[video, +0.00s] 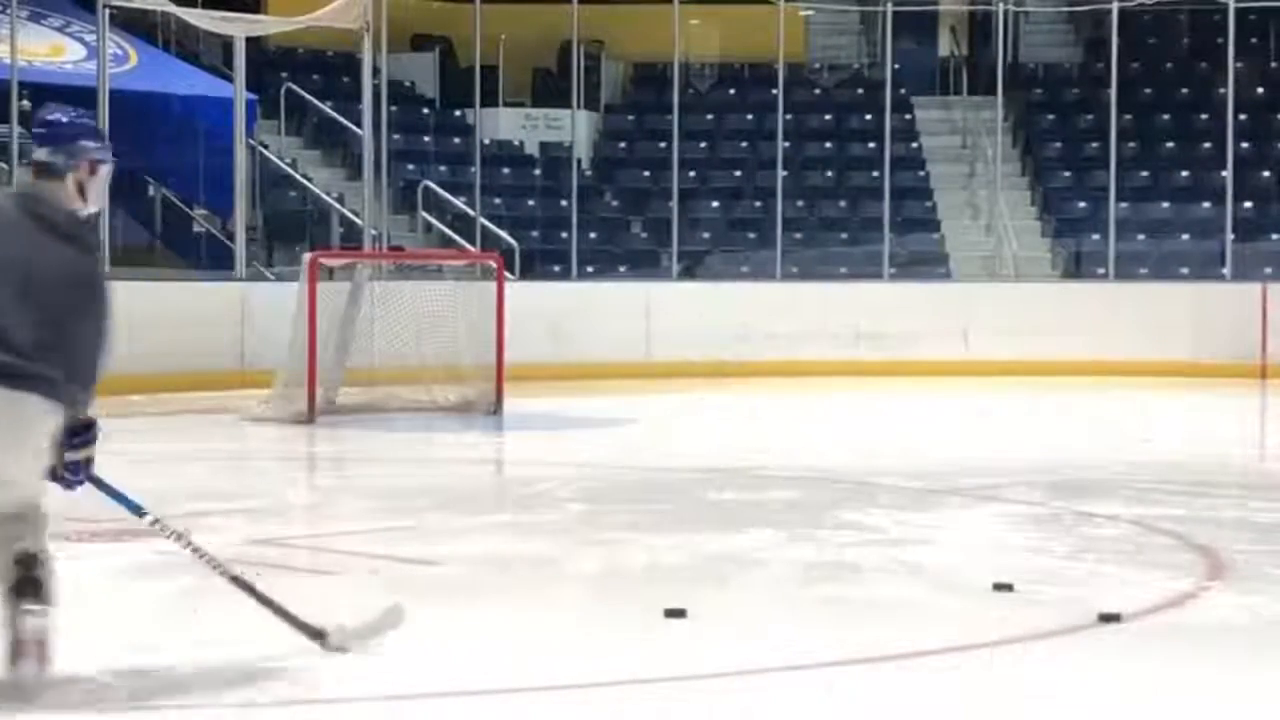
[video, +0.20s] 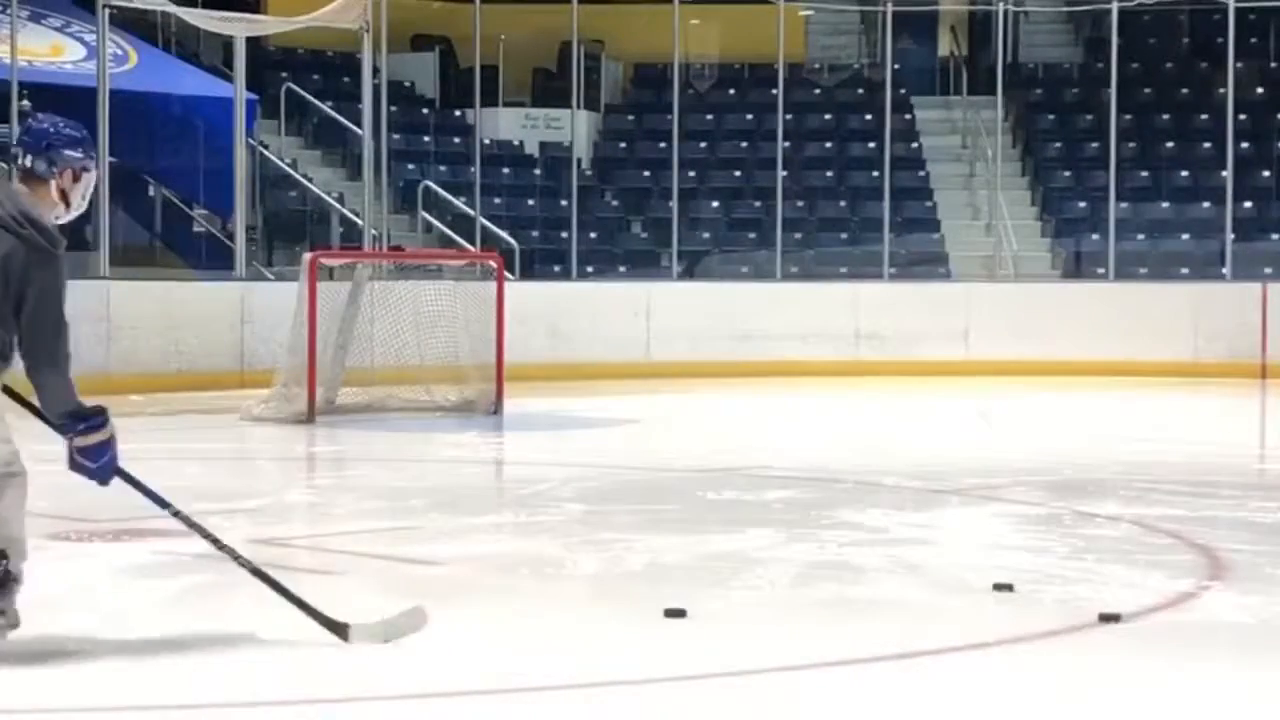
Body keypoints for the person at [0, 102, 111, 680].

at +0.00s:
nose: (104, 184)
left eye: (104, 171)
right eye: (101, 172)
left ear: (39, 166)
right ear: (82, 175)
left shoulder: (7, 213)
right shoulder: (79, 247)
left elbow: (82, 341)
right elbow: (85, 343)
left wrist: (76, 419)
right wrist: (78, 422)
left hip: (10, 389)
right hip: (34, 396)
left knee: (15, 506)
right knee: (20, 505)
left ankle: (24, 594)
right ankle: (27, 589)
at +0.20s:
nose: (82, 194)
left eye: (85, 180)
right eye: (81, 180)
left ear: (25, 166)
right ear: (63, 177)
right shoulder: (34, 249)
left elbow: (44, 355)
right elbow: (46, 358)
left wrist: (74, 419)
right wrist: (78, 421)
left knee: (8, 474)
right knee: (6, 473)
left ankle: (5, 588)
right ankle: (3, 591)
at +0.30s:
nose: (92, 200)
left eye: (95, 188)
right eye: (91, 188)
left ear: (41, 174)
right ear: (74, 187)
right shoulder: (38, 254)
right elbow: (58, 358)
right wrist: (98, 424)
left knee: (12, 454)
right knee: (10, 455)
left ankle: (9, 563)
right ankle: (8, 565)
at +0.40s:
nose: (109, 205)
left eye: (111, 194)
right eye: (108, 193)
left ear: (57, 179)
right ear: (89, 191)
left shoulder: (12, 206)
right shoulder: (54, 249)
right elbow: (73, 347)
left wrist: (12, 342)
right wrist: (110, 415)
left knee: (16, 442)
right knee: (16, 444)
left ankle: (20, 556)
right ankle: (21, 558)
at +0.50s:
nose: (124, 213)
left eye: (126, 201)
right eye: (124, 201)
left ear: (76, 188)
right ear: (108, 199)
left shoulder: (23, 215)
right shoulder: (68, 256)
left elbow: (7, 281)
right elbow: (91, 345)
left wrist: (27, 335)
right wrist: (123, 414)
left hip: (6, 348)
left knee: (22, 437)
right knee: (24, 439)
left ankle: (42, 551)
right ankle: (44, 554)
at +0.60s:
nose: (138, 215)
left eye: (140, 204)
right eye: (138, 204)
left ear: (92, 192)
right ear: (121, 203)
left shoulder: (44, 215)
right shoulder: (84, 246)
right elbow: (85, 338)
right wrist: (95, 406)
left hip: (9, 342)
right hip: (7, 346)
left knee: (27, 440)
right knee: (28, 441)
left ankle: (61, 546)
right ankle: (62, 546)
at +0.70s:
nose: (146, 214)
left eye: (148, 203)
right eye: (146, 203)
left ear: (100, 189)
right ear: (133, 202)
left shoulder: (37, 207)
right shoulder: (102, 258)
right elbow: (72, 327)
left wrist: (66, 371)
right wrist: (69, 378)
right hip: (20, 345)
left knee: (22, 450)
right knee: (26, 452)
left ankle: (42, 519)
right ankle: (44, 521)